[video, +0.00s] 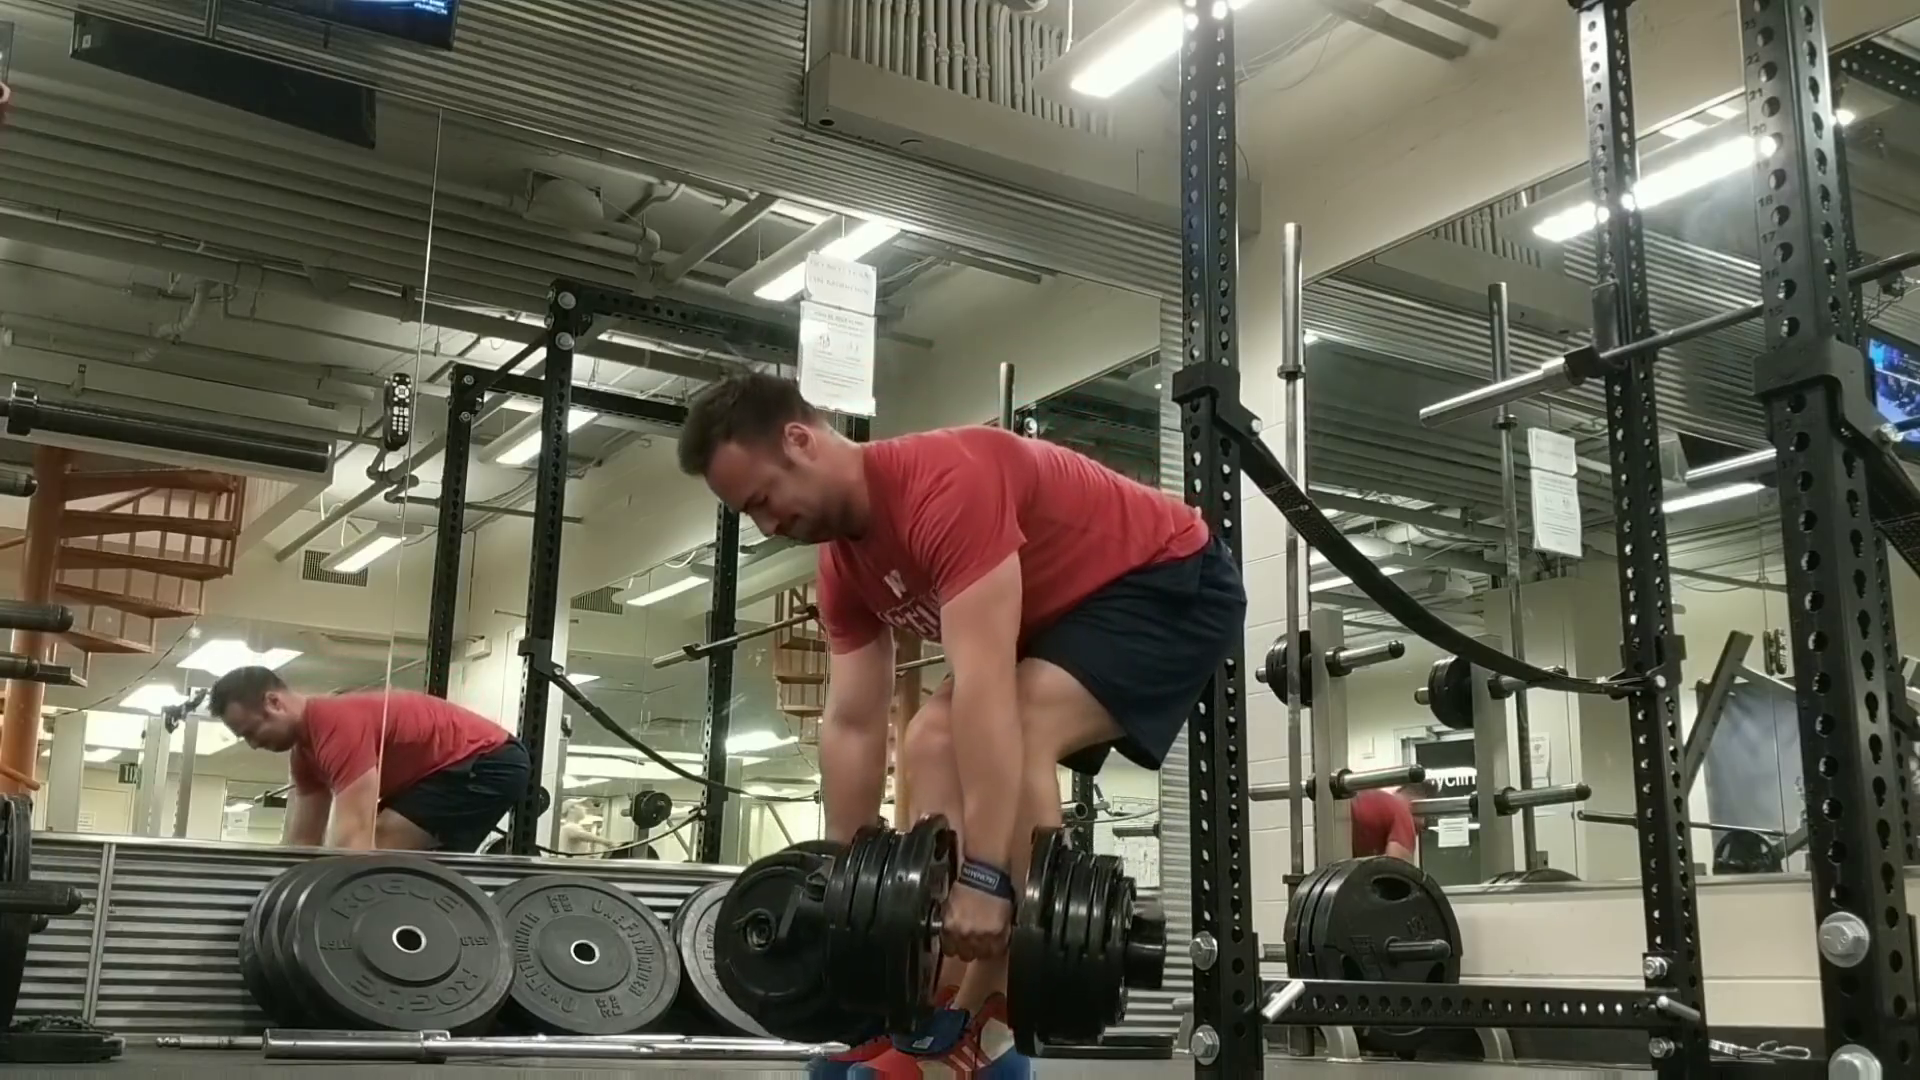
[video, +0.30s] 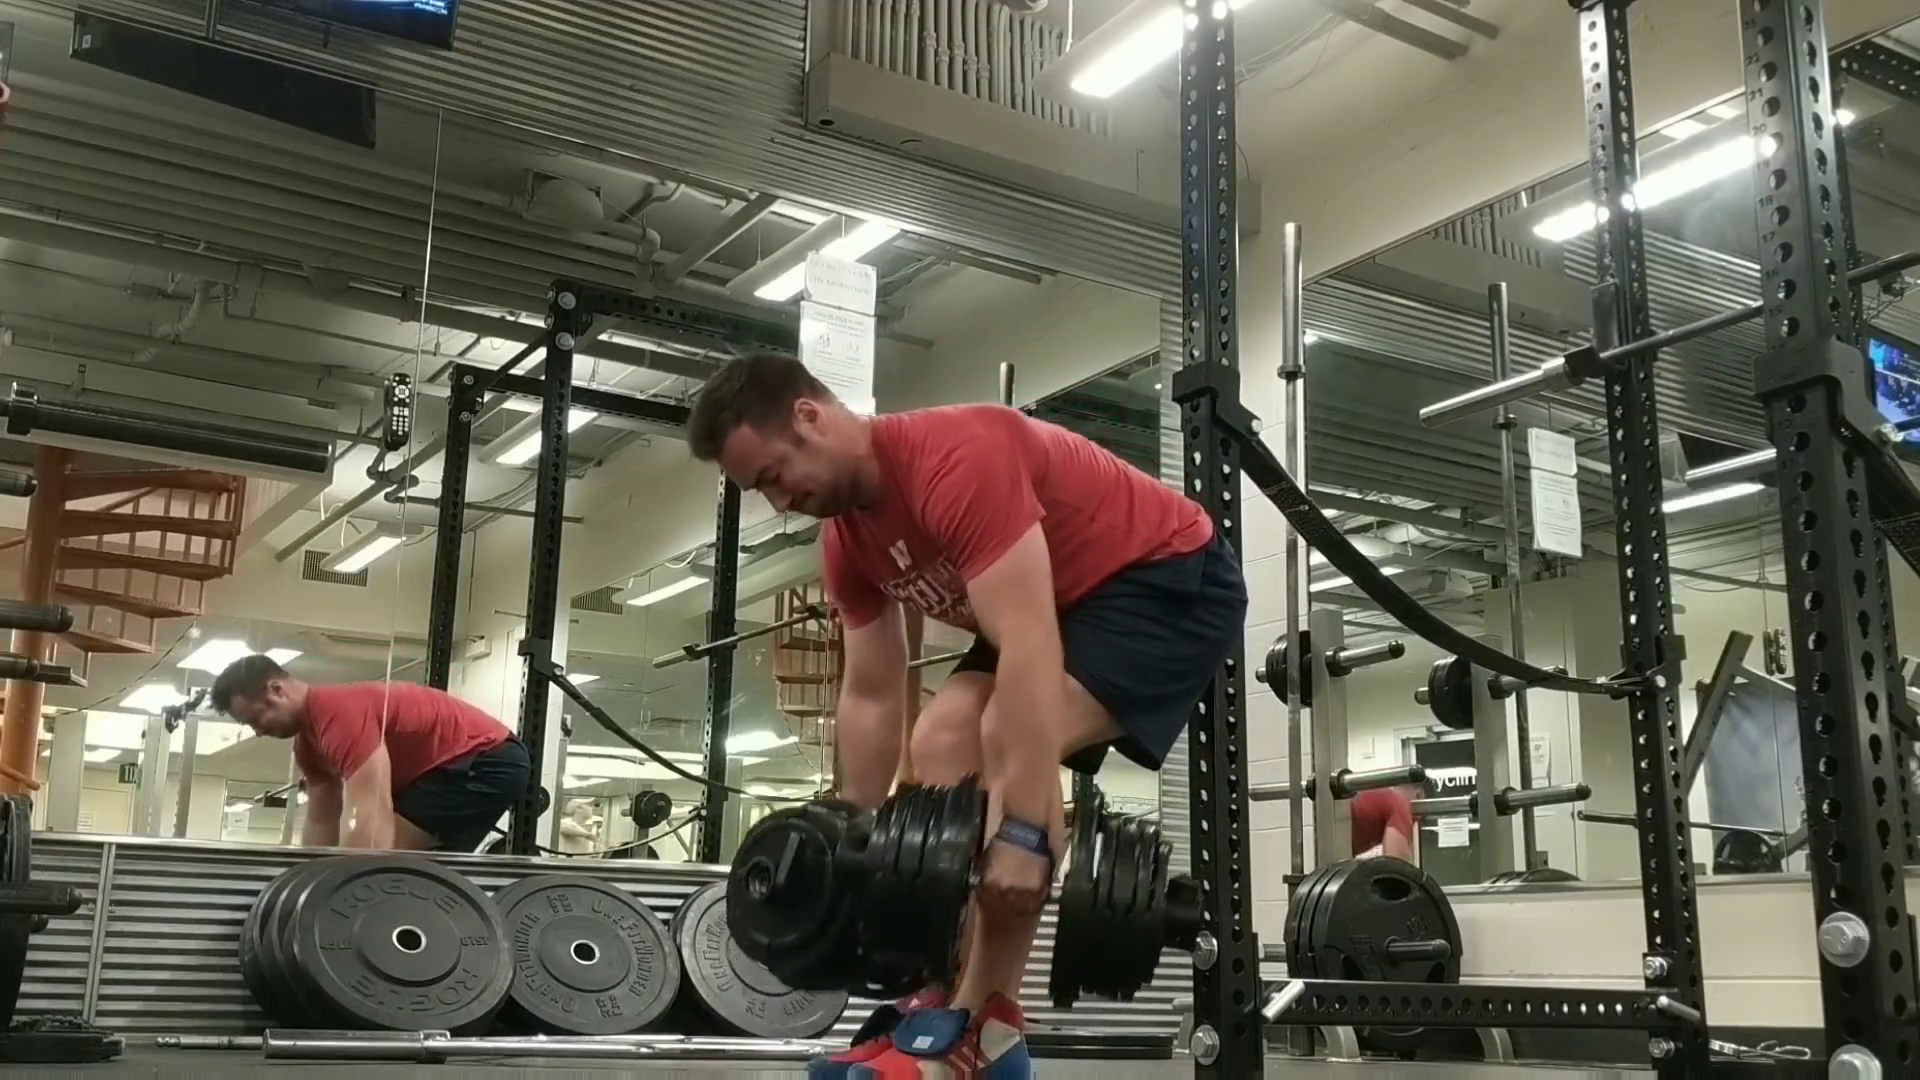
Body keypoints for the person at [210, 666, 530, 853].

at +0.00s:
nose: (252, 744)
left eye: (250, 731)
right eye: (244, 737)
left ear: (275, 702)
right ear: (274, 704)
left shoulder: (340, 723)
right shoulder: (306, 751)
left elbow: (354, 839)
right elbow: (301, 841)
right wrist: (277, 913)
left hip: (489, 762)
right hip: (456, 771)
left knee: (380, 843)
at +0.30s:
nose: (257, 731)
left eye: (255, 718)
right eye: (249, 725)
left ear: (278, 690)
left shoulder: (339, 713)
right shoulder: (309, 741)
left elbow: (372, 819)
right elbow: (321, 824)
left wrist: (341, 907)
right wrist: (300, 897)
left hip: (487, 760)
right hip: (455, 769)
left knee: (385, 853)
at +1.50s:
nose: (268, 725)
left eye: (261, 714)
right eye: (258, 720)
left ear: (277, 681)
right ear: (278, 681)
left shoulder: (346, 696)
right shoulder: (314, 725)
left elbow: (366, 813)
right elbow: (323, 811)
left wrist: (342, 901)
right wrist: (304, 890)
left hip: (488, 758)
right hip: (453, 768)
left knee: (382, 848)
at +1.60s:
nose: (261, 731)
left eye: (255, 718)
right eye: (251, 724)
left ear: (273, 687)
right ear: (273, 686)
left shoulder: (341, 707)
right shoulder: (308, 734)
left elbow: (359, 817)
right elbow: (315, 819)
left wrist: (346, 914)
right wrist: (298, 901)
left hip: (488, 759)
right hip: (451, 769)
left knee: (379, 839)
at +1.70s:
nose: (255, 737)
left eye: (251, 724)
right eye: (246, 730)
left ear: (273, 694)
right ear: (273, 694)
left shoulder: (337, 715)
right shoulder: (306, 741)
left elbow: (354, 827)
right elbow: (308, 830)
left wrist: (341, 923)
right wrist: (297, 912)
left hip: (488, 761)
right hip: (454, 770)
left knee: (378, 841)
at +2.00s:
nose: (252, 741)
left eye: (249, 729)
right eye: (244, 735)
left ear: (273, 700)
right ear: (273, 703)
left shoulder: (335, 723)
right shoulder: (305, 748)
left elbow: (351, 834)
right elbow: (301, 840)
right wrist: (274, 910)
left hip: (489, 760)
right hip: (460, 768)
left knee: (380, 839)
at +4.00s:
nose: (254, 733)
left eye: (252, 720)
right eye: (246, 727)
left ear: (276, 693)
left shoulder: (337, 719)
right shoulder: (305, 748)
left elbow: (358, 829)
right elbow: (314, 833)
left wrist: (343, 920)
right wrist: (294, 910)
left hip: (488, 760)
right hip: (455, 770)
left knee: (375, 843)